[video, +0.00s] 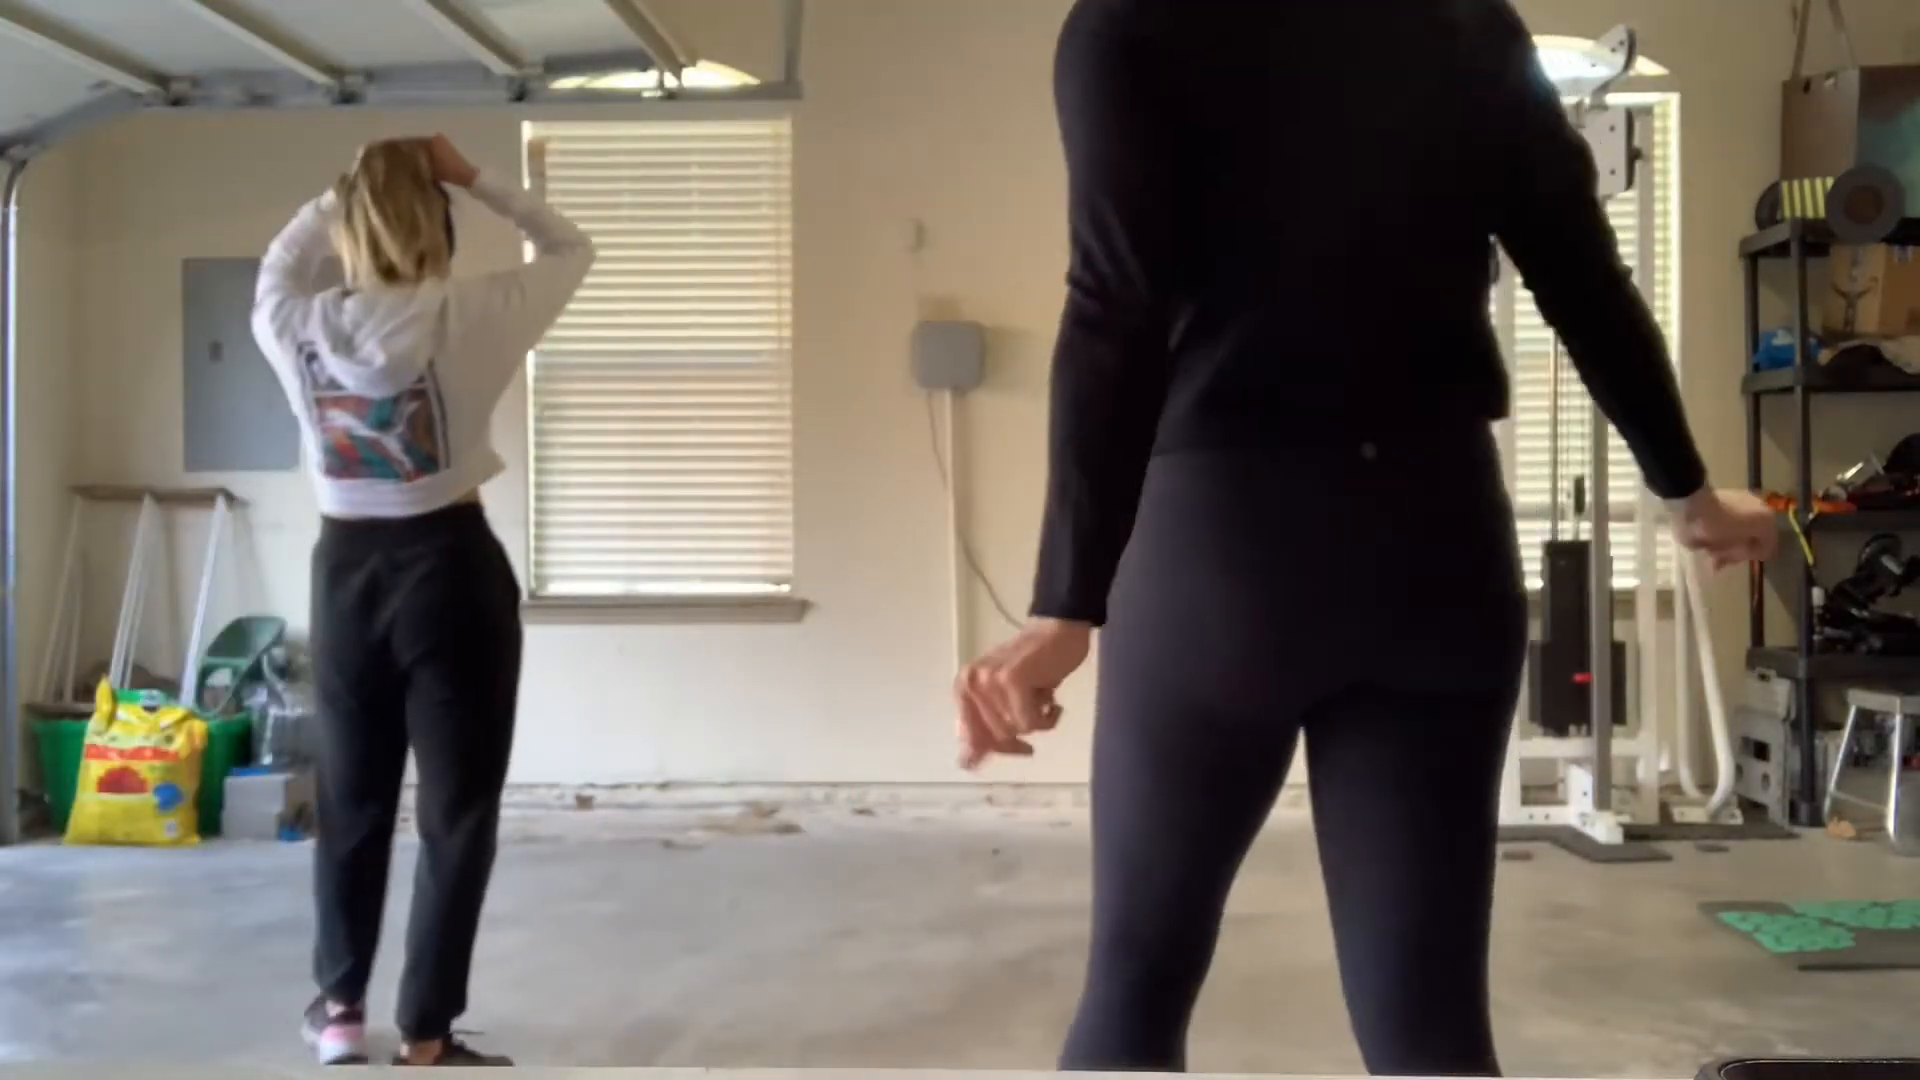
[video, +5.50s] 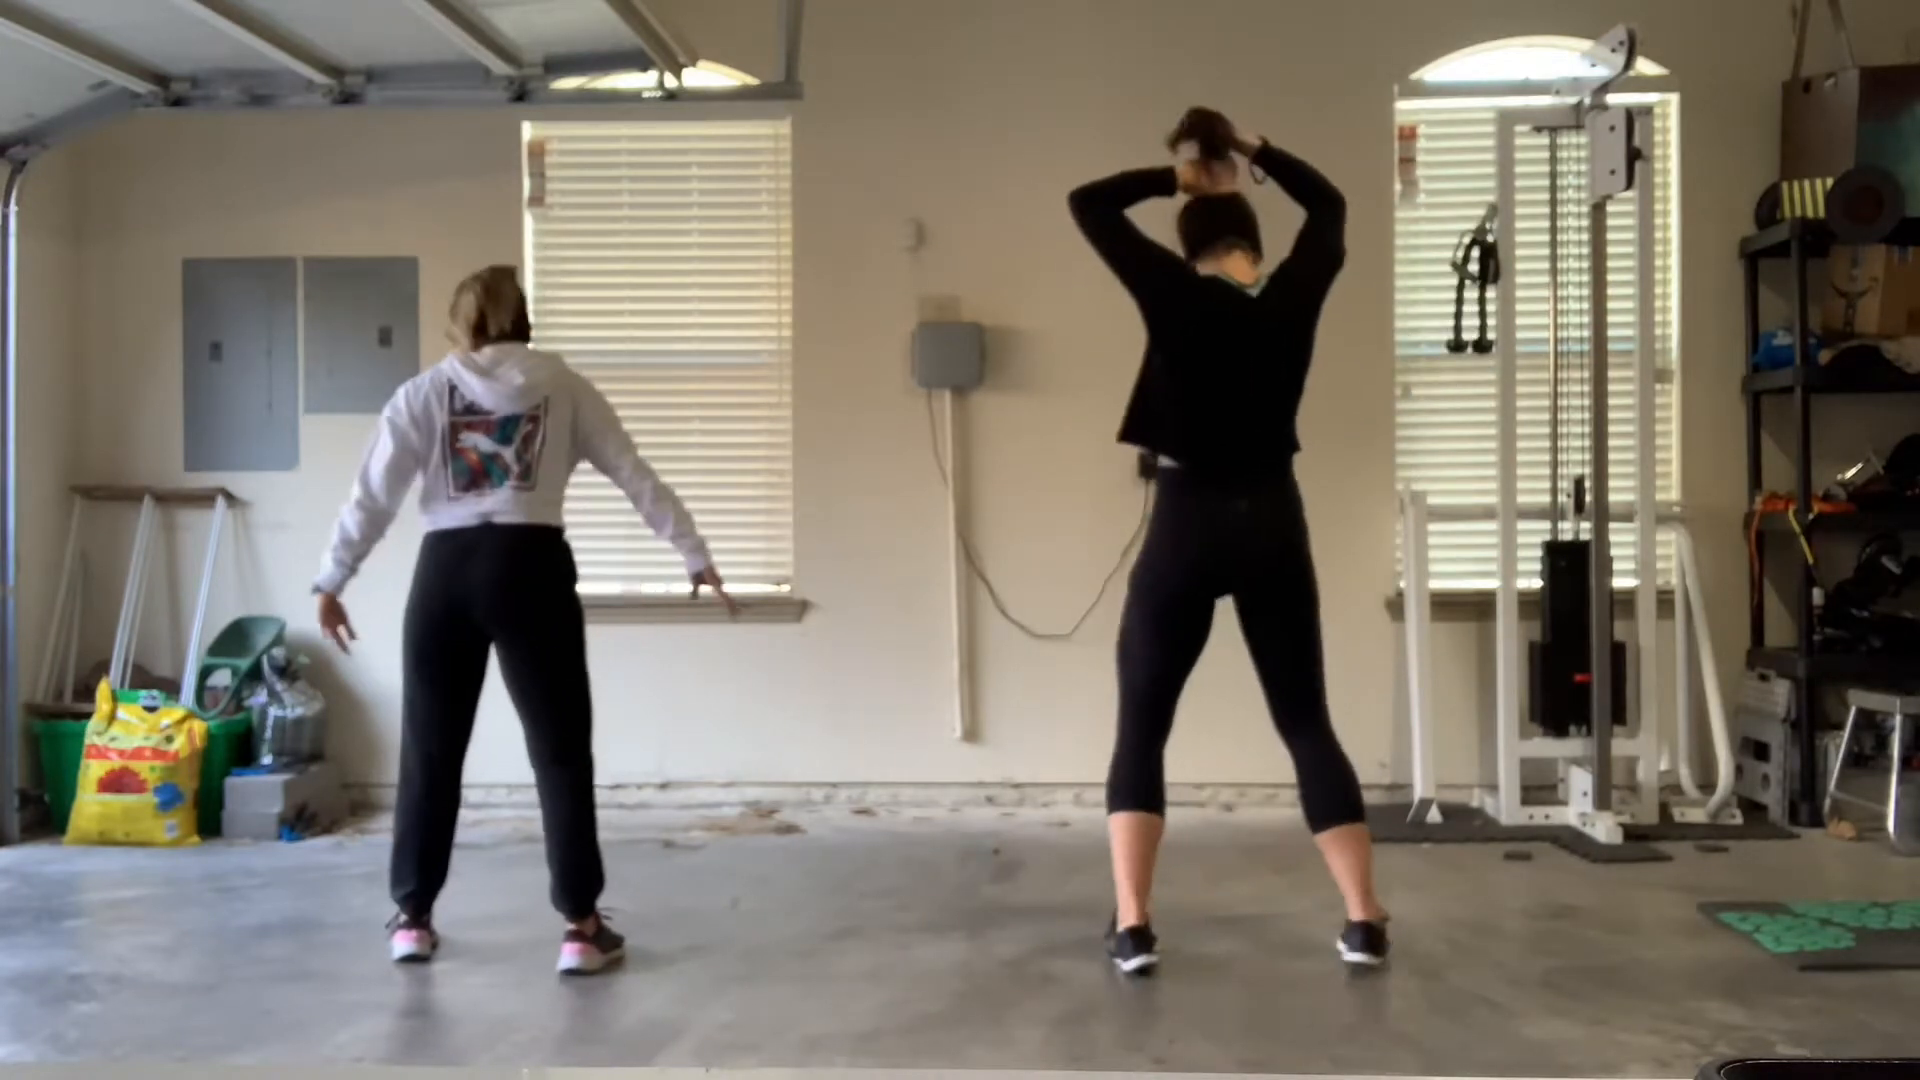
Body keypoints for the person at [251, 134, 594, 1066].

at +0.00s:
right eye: (441, 214)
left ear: (347, 235)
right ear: (444, 227)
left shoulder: (302, 325)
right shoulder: (478, 315)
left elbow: (280, 269)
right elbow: (569, 251)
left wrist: (341, 197)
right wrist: (475, 181)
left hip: (344, 573)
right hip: (452, 572)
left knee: (352, 803)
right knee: (458, 810)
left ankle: (339, 1011)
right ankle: (427, 1034)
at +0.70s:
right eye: (453, 250)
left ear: (368, 269)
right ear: (456, 270)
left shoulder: (336, 353)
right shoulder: (494, 344)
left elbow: (314, 329)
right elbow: (602, 318)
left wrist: (373, 271)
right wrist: (520, 262)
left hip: (381, 581)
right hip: (478, 578)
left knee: (388, 783)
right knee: (529, 768)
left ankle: (391, 985)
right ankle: (529, 957)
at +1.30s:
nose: (513, 285)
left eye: (505, 269)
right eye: (555, 269)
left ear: (496, 281)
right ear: (567, 281)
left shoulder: (463, 366)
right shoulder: (613, 357)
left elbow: (407, 406)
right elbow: (680, 399)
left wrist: (473, 364)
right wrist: (619, 338)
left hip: (506, 564)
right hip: (595, 564)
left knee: (465, 740)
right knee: (595, 753)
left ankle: (462, 913)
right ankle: (581, 926)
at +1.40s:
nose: (504, 289)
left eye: (500, 275)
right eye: (555, 272)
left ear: (495, 283)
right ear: (566, 283)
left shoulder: (460, 374)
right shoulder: (606, 366)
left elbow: (410, 459)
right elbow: (663, 455)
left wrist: (484, 446)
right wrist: (602, 418)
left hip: (506, 571)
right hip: (597, 568)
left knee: (471, 747)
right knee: (595, 756)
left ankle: (441, 915)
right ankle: (581, 927)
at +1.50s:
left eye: (498, 280)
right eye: (555, 278)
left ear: (491, 288)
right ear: (562, 287)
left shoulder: (452, 385)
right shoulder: (601, 373)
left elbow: (432, 510)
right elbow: (641, 501)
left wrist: (493, 531)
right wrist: (612, 478)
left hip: (498, 573)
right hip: (588, 569)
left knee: (464, 743)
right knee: (590, 756)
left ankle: (421, 907)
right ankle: (581, 928)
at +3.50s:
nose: (541, 306)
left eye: (530, 291)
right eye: (541, 295)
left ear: (470, 296)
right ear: (536, 301)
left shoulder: (417, 389)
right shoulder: (564, 387)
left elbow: (402, 512)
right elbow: (600, 506)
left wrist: (439, 562)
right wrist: (633, 593)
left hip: (452, 579)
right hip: (543, 577)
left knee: (431, 748)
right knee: (566, 751)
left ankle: (412, 919)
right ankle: (582, 926)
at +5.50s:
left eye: (459, 318)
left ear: (458, 323)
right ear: (524, 319)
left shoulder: (424, 391)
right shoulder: (562, 384)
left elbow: (374, 495)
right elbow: (634, 474)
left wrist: (331, 582)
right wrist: (696, 553)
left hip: (445, 577)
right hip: (535, 574)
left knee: (430, 752)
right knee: (561, 754)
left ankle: (412, 920)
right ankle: (581, 927)